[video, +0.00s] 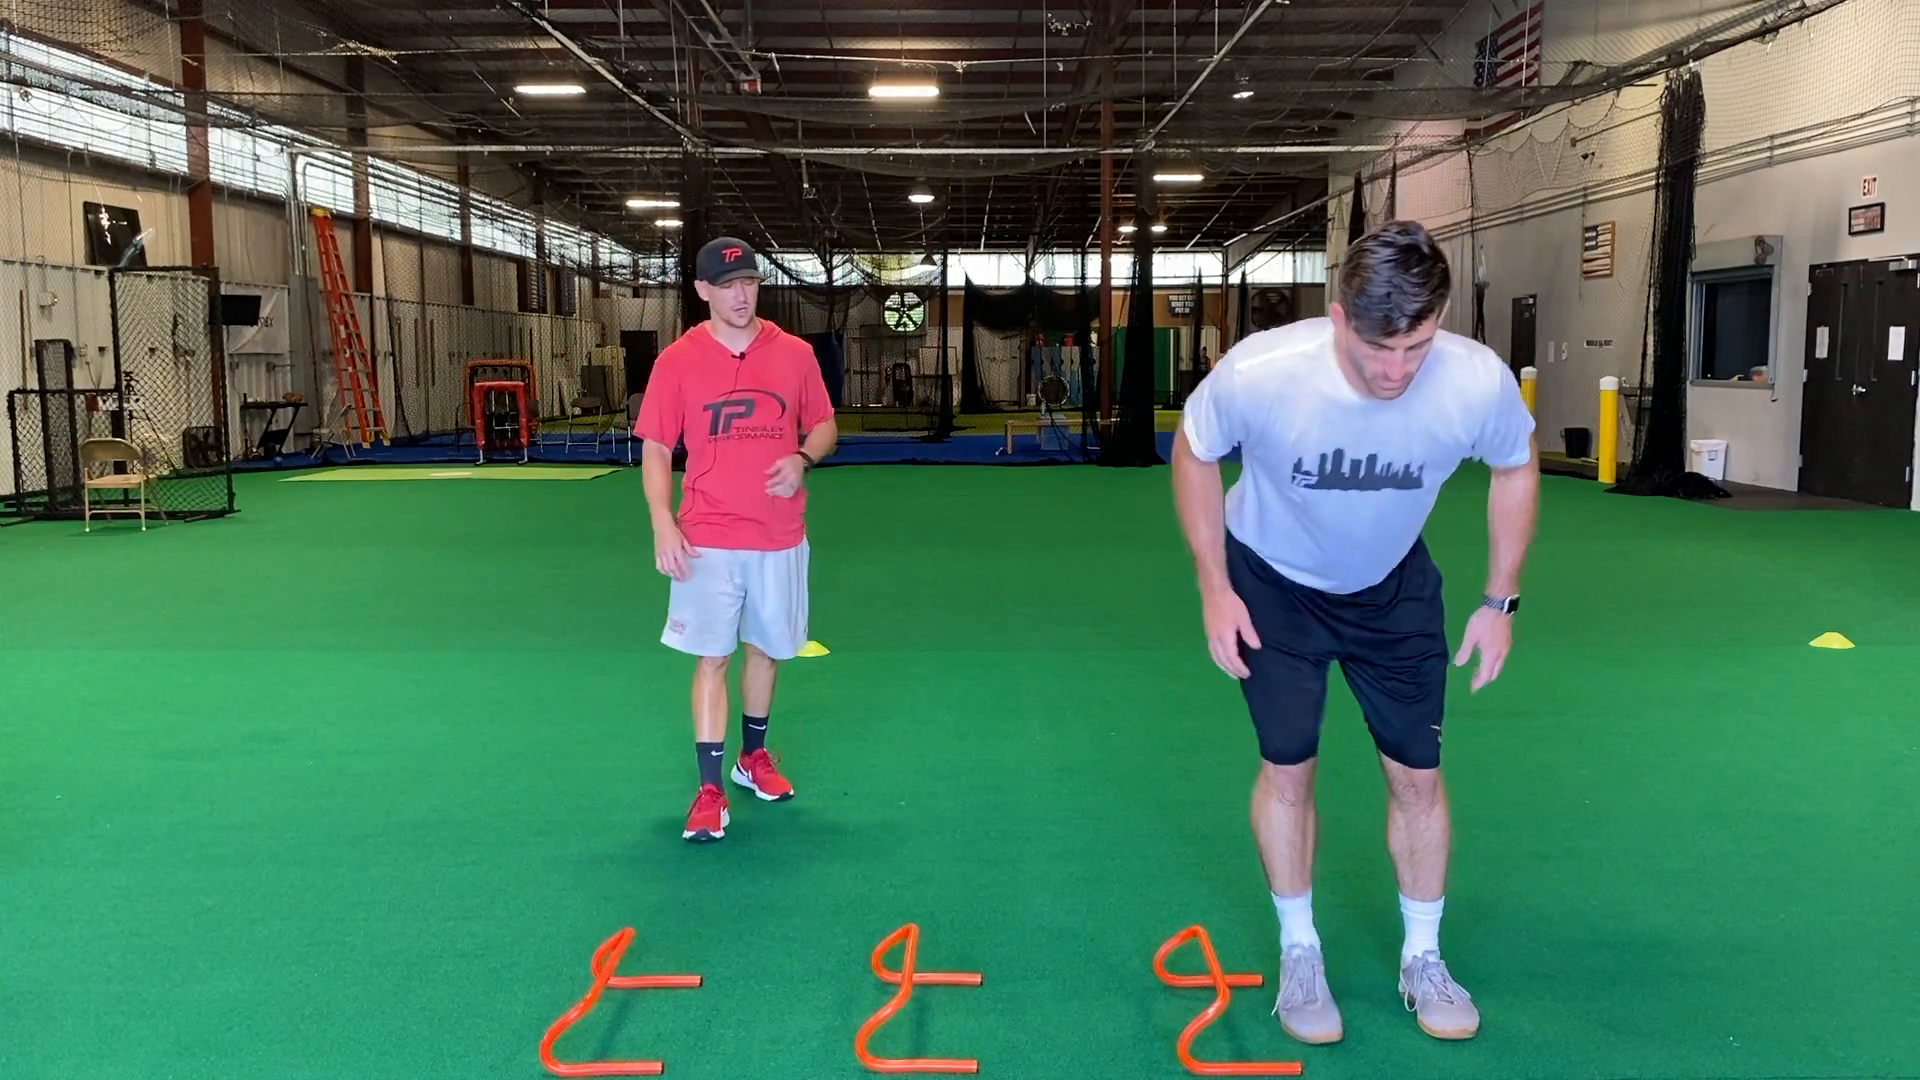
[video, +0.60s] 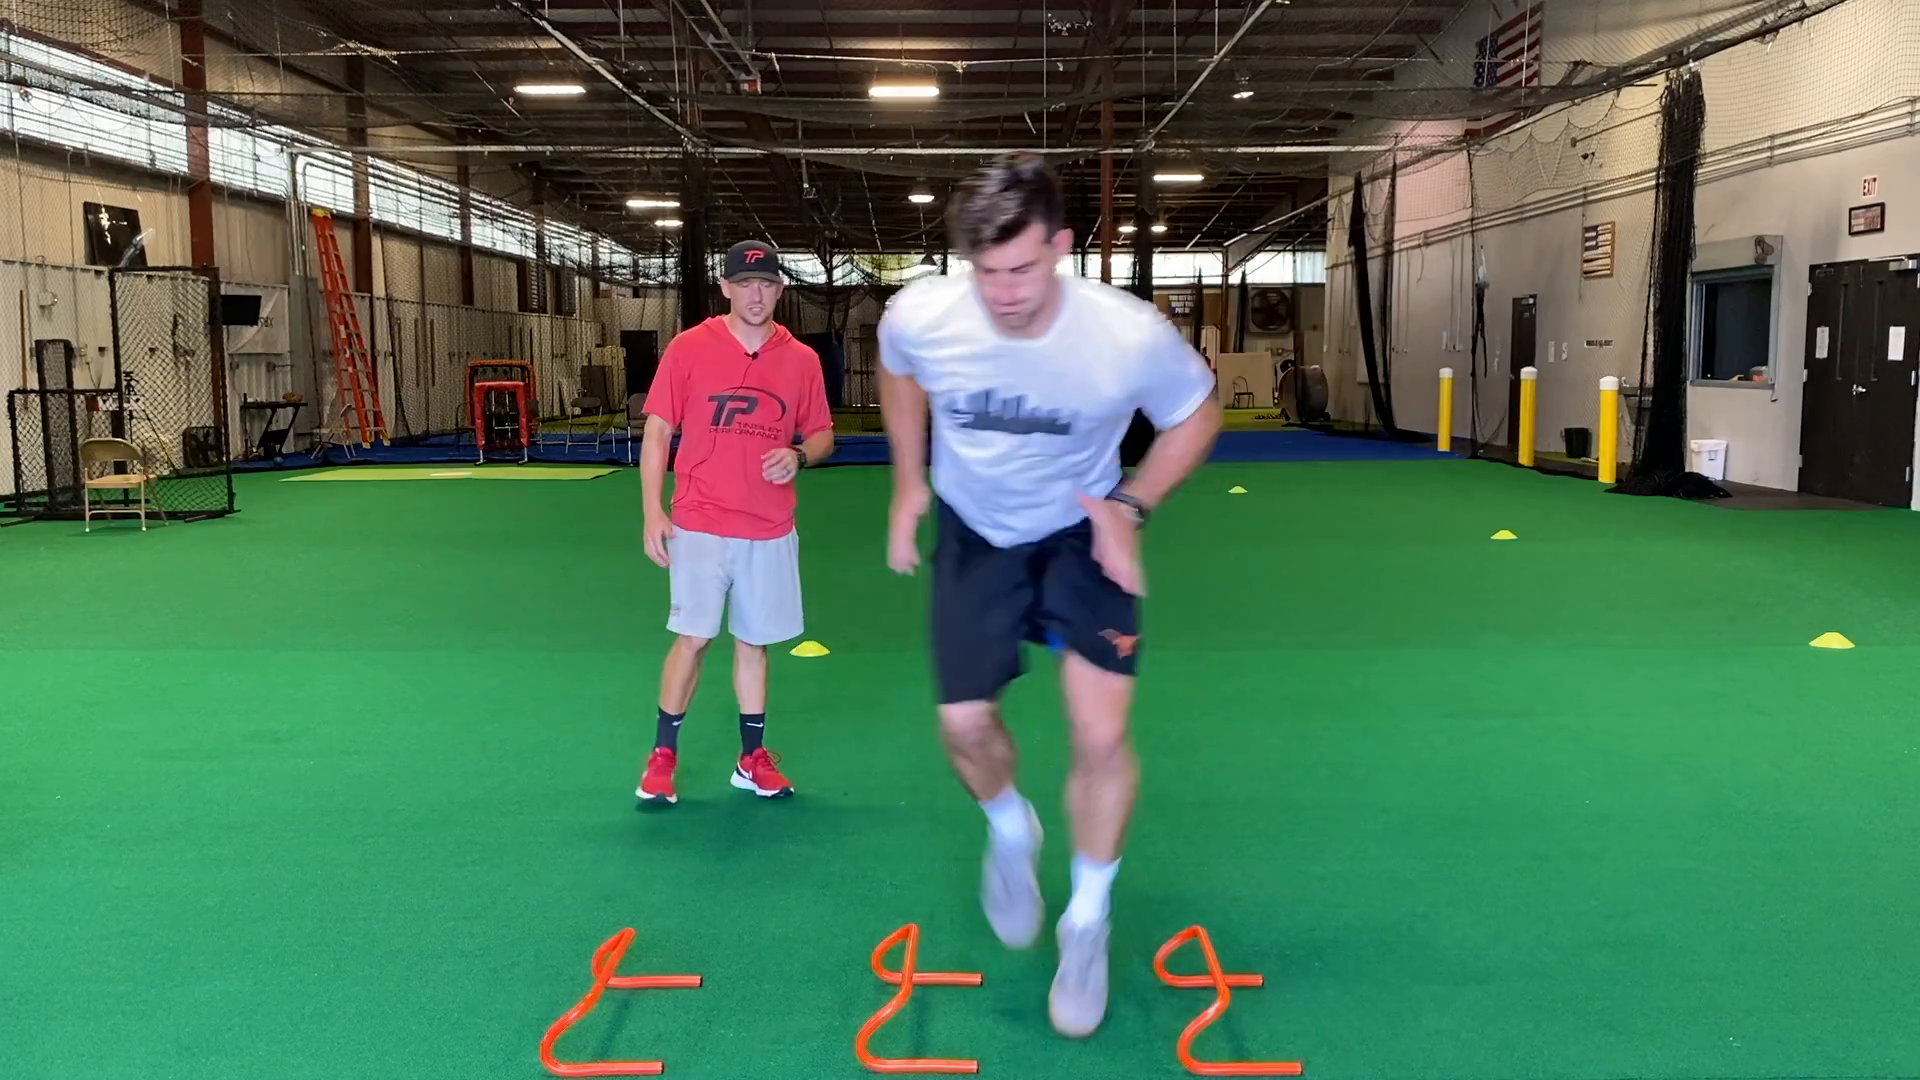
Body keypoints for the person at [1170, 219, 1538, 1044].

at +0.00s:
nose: (1396, 367)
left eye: (1414, 347)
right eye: (1377, 347)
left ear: (1436, 322)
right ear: (1338, 318)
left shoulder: (1476, 381)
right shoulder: (1257, 374)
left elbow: (1517, 467)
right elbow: (1192, 449)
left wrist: (1499, 598)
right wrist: (1214, 586)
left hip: (1394, 581)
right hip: (1275, 580)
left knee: (1418, 769)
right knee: (1288, 763)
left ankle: (1424, 958)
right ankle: (1300, 952)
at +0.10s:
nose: (1367, 377)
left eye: (1386, 357)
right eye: (1349, 357)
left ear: (1410, 334)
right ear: (1309, 329)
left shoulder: (1451, 409)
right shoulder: (1229, 380)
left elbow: (1487, 514)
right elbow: (1177, 440)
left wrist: (1461, 647)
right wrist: (1180, 571)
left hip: (1369, 578)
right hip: (1248, 573)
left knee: (1410, 772)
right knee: (1259, 756)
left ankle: (1421, 957)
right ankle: (1275, 871)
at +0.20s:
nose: (1316, 376)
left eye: (1336, 356)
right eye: (1298, 355)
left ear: (1363, 335)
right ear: (1262, 331)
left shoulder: (1408, 421)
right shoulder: (1197, 388)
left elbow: (1440, 527)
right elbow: (1138, 424)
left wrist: (1387, 628)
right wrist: (1126, 539)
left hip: (1341, 590)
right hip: (1216, 579)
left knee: (1400, 789)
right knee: (1199, 739)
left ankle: (1422, 961)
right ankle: (1190, 814)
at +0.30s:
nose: (1237, 342)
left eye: (1254, 322)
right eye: (1220, 322)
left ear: (1280, 298)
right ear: (1181, 302)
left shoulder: (1334, 371)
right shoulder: (1121, 364)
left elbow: (1390, 441)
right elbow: (1078, 403)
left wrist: (1331, 516)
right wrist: (1082, 521)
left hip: (1293, 582)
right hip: (1163, 572)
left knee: (1360, 764)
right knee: (1116, 735)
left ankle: (1423, 947)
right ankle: (1091, 877)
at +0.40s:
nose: (1149, 313)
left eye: (1165, 293)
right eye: (1130, 295)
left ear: (1193, 275)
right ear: (1099, 279)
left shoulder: (1250, 333)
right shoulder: (1039, 354)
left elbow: (1320, 349)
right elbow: (1010, 423)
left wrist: (1293, 478)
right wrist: (1038, 539)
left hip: (1230, 569)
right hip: (1103, 581)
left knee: (1315, 750)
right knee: (1081, 773)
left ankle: (1343, 857)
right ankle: (1053, 942)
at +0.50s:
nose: (1073, 296)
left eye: (1090, 276)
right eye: (1056, 278)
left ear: (1123, 251)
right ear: (1027, 260)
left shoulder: (1181, 324)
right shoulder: (978, 334)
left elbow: (1262, 347)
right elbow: (948, 408)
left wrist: (1224, 476)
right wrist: (978, 498)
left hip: (1159, 546)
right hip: (1042, 565)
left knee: (1205, 714)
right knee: (1041, 753)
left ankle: (1180, 814)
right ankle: (1048, 935)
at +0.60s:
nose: (1006, 289)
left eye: (1023, 269)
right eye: (989, 271)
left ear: (1062, 249)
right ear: (966, 259)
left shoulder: (1127, 334)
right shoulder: (921, 316)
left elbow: (1199, 411)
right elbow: (897, 368)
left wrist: (1132, 504)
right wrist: (910, 482)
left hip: (1087, 527)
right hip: (971, 527)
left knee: (1101, 737)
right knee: (964, 722)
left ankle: (1087, 920)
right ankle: (1012, 831)